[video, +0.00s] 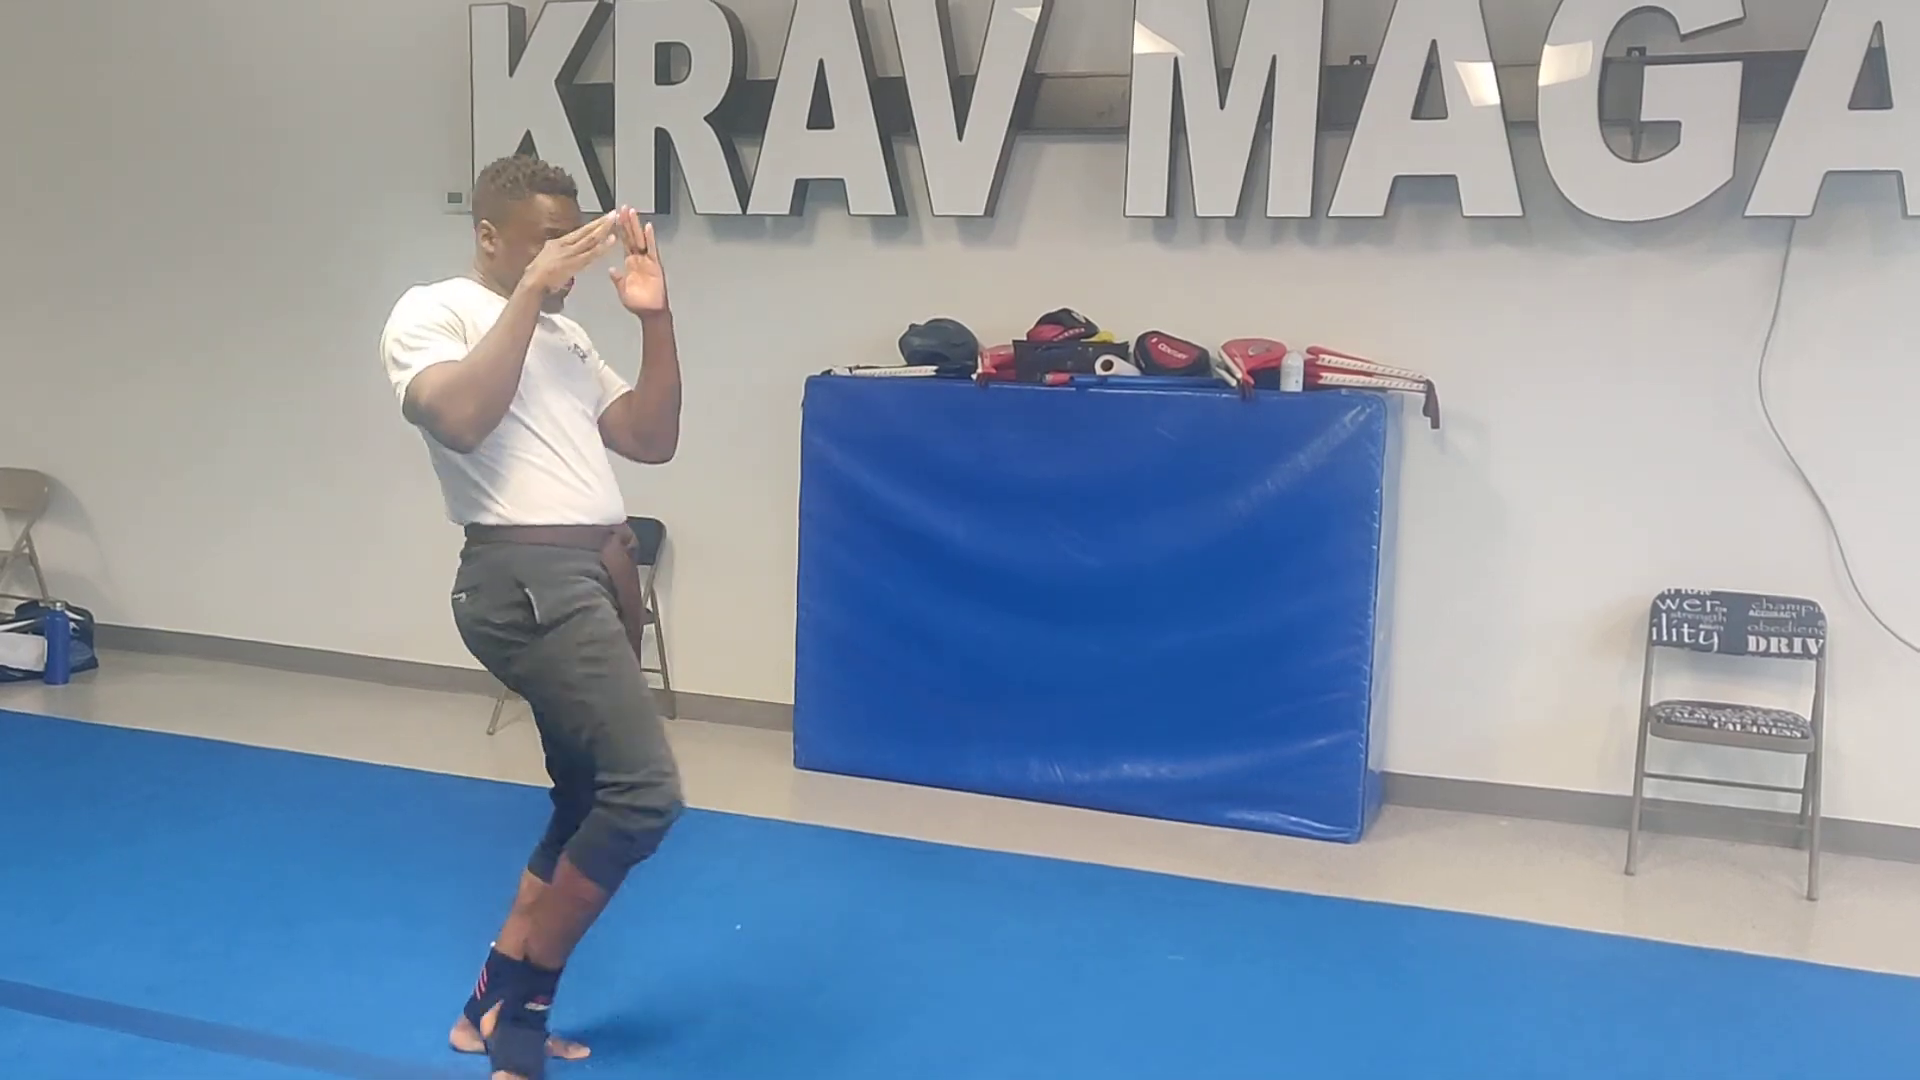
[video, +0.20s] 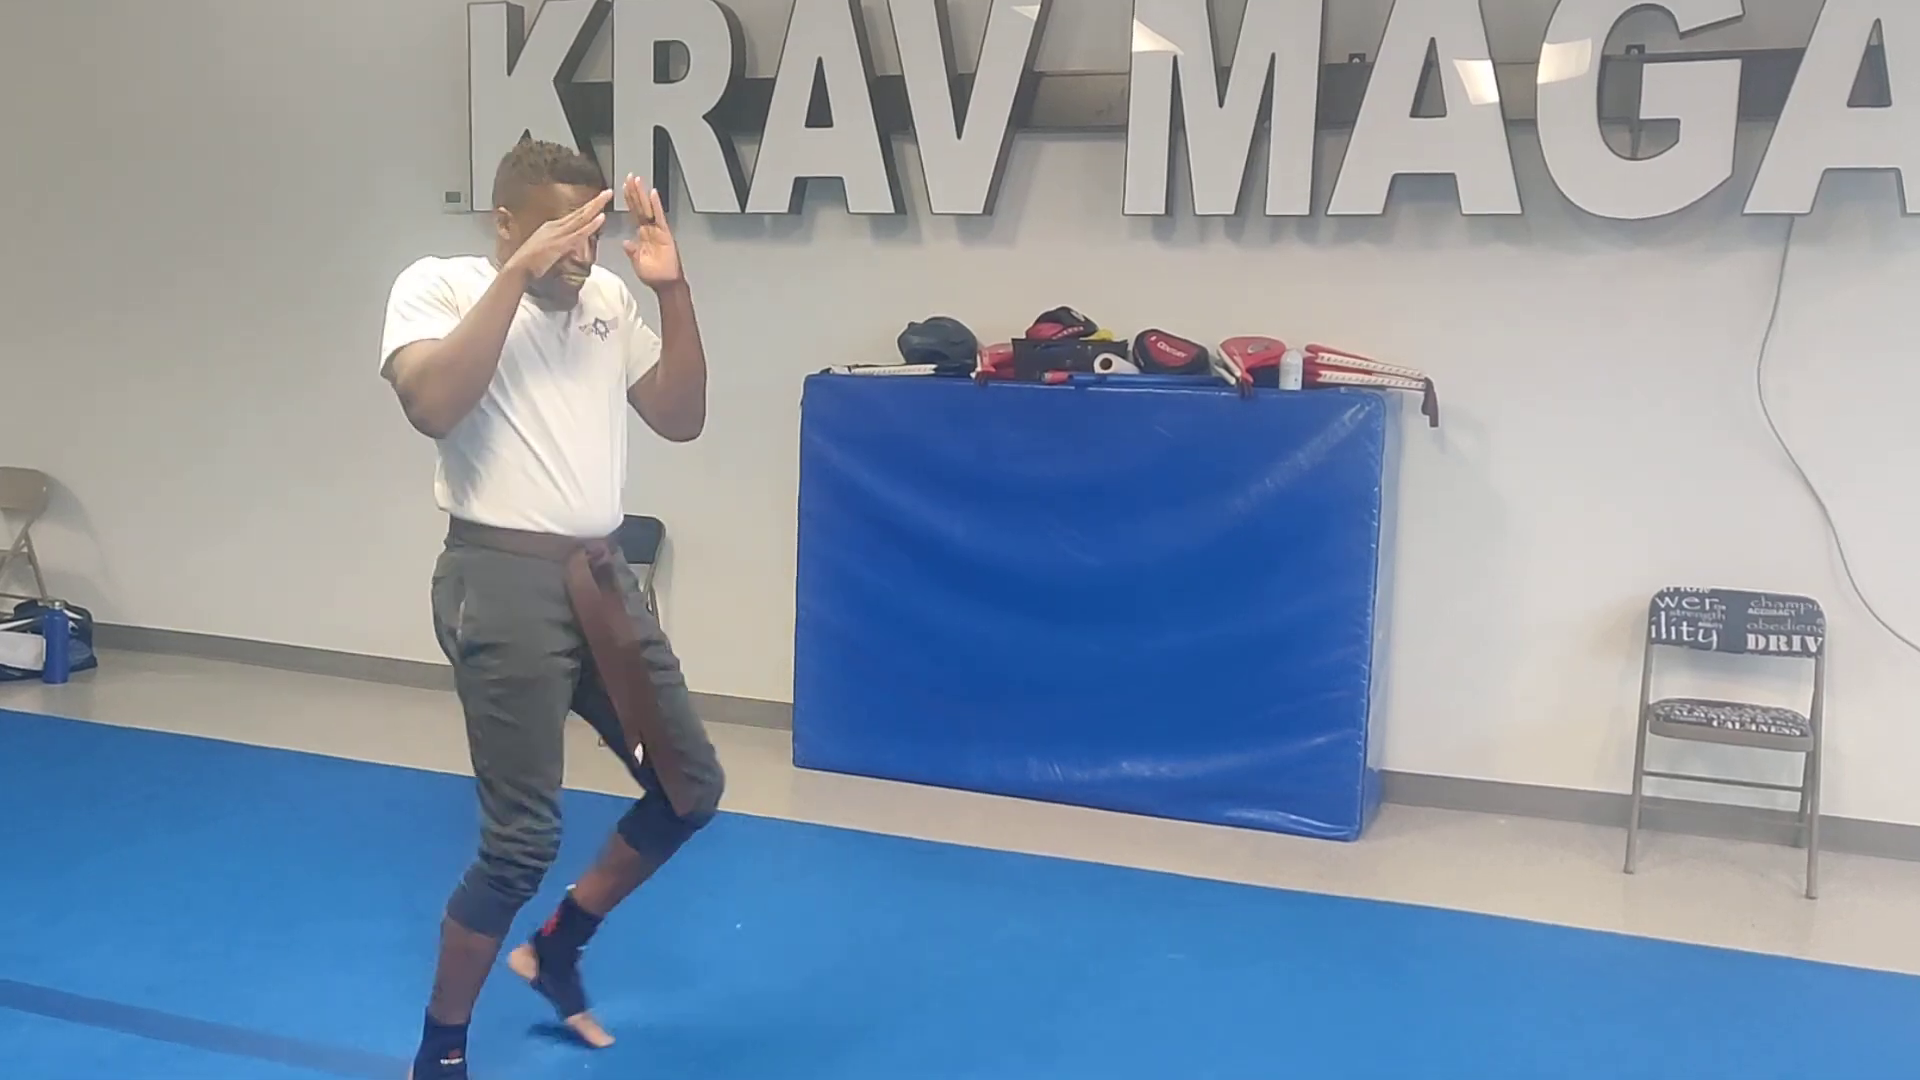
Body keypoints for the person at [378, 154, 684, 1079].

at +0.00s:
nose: (557, 259)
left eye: (567, 242)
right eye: (541, 243)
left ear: (572, 240)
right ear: (484, 234)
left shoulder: (562, 331)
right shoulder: (428, 313)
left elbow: (651, 440)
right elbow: (458, 421)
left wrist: (654, 324)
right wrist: (533, 294)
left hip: (598, 570)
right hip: (528, 575)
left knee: (589, 799)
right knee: (639, 795)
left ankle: (496, 996)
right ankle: (521, 1008)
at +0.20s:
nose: (583, 250)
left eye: (593, 231)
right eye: (564, 231)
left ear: (596, 229)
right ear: (503, 222)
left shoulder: (607, 300)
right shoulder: (437, 286)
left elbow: (679, 419)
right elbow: (433, 407)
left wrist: (671, 292)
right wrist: (514, 273)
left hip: (598, 577)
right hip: (501, 579)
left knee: (688, 789)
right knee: (520, 842)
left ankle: (557, 945)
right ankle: (439, 1058)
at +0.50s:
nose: (656, 298)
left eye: (664, 282)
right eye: (641, 281)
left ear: (674, 278)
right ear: (586, 269)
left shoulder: (673, 349)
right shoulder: (519, 312)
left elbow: (723, 468)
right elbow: (418, 379)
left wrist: (723, 356)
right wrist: (572, 314)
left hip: (640, 608)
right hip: (541, 606)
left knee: (749, 789)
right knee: (562, 871)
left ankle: (731, 971)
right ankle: (443, 1057)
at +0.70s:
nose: (708, 283)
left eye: (710, 269)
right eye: (705, 272)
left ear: (625, 258)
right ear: (669, 264)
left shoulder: (560, 327)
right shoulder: (646, 309)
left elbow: (669, 438)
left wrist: (733, 361)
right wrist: (815, 287)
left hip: (564, 597)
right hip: (621, 606)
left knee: (733, 761)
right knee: (622, 871)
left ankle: (735, 971)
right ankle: (421, 1057)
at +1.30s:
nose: (732, 305)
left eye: (736, 292)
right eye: (723, 288)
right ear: (688, 261)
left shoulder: (671, 358)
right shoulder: (624, 323)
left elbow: (681, 466)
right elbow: (695, 254)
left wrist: (744, 385)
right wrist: (793, 290)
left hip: (660, 602)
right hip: (593, 602)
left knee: (779, 770)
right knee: (579, 865)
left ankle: (744, 964)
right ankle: (442, 1037)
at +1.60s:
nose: (705, 310)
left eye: (725, 296)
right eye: (690, 291)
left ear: (745, 288)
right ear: (653, 273)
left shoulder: (777, 349)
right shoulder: (590, 339)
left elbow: (842, 487)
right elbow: (551, 471)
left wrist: (817, 392)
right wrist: (666, 377)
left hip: (747, 605)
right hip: (622, 599)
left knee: (852, 811)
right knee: (548, 825)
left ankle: (883, 977)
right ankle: (451, 1028)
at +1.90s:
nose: (774, 334)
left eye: (790, 316)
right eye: (756, 315)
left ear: (810, 307)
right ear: (724, 306)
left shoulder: (857, 357)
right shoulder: (693, 365)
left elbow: (967, 410)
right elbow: (652, 505)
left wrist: (986, 345)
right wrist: (702, 444)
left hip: (827, 624)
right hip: (707, 621)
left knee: (933, 812)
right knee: (618, 817)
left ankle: (986, 957)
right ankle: (591, 953)